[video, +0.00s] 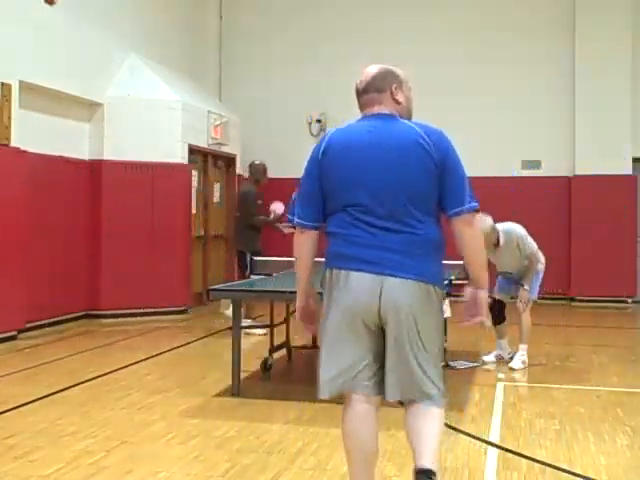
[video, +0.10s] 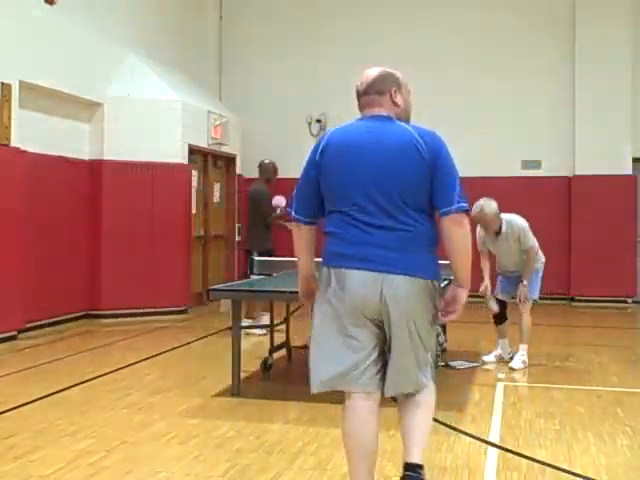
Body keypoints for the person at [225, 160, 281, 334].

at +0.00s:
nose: (266, 177)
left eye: (266, 173)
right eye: (264, 173)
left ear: (253, 173)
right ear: (257, 174)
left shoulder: (253, 191)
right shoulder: (249, 192)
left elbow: (256, 215)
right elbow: (252, 219)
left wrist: (271, 219)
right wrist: (272, 218)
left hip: (250, 244)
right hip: (246, 245)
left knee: (250, 281)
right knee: (247, 281)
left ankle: (247, 316)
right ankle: (244, 317)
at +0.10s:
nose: (277, 175)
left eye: (276, 171)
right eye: (275, 171)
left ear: (261, 172)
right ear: (270, 173)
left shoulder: (257, 189)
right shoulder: (262, 192)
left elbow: (264, 215)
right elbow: (269, 218)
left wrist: (278, 215)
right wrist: (282, 213)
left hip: (254, 244)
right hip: (261, 246)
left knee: (253, 282)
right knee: (260, 283)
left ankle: (249, 315)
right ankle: (256, 317)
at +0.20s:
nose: (287, 175)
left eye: (286, 172)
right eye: (285, 172)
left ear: (272, 173)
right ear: (281, 174)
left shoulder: (270, 189)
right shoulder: (272, 192)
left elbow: (277, 215)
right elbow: (280, 219)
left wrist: (287, 212)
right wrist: (292, 214)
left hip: (264, 246)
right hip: (270, 247)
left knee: (256, 283)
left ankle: (249, 317)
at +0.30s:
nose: (299, 178)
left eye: (297, 174)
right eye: (297, 175)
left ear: (284, 175)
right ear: (294, 176)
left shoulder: (282, 192)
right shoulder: (284, 194)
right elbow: (290, 222)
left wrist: (295, 214)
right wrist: (299, 214)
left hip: (275, 247)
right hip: (282, 248)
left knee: (266, 284)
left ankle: (251, 316)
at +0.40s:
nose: (311, 180)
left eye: (310, 177)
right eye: (309, 177)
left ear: (295, 176)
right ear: (305, 177)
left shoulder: (292, 193)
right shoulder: (295, 195)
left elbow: (294, 220)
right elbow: (295, 221)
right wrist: (314, 221)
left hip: (289, 249)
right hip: (296, 251)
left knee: (281, 284)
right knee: (310, 286)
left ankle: (260, 311)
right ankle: (311, 318)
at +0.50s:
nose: (320, 178)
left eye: (319, 174)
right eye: (318, 174)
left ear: (310, 174)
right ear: (314, 175)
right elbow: (299, 217)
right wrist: (318, 221)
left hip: (314, 247)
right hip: (302, 247)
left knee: (313, 285)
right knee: (304, 285)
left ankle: (314, 317)